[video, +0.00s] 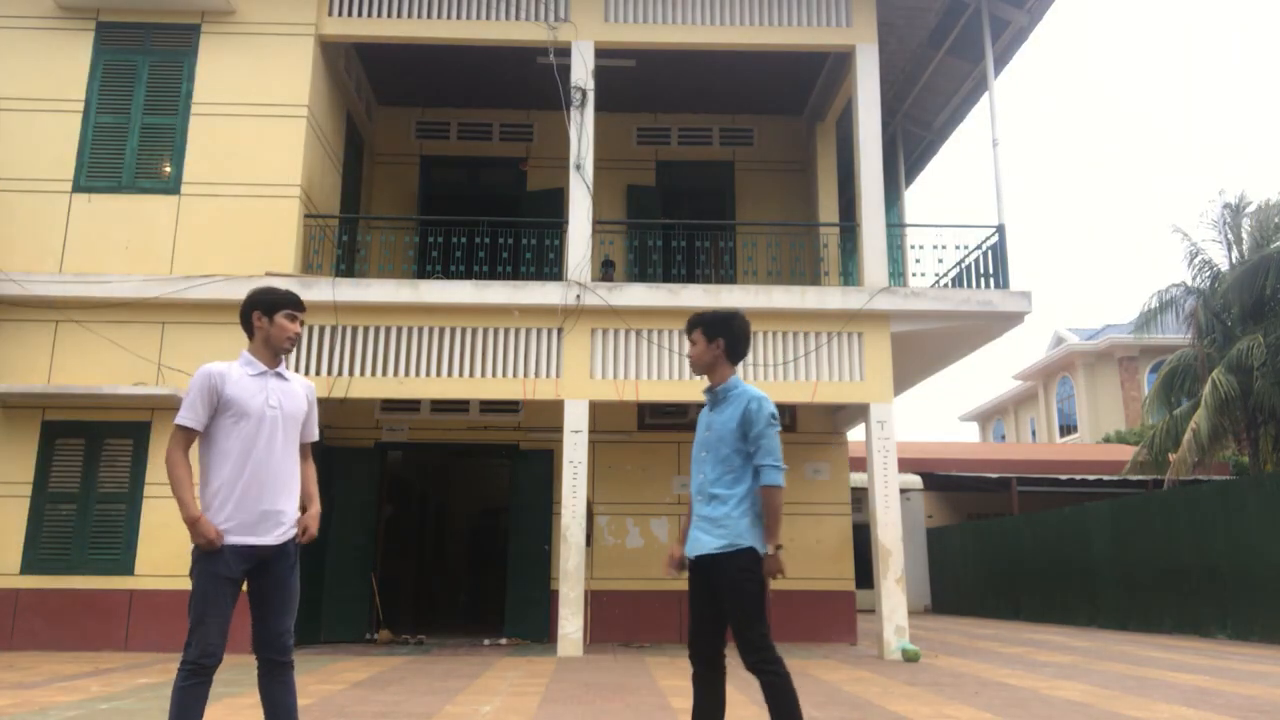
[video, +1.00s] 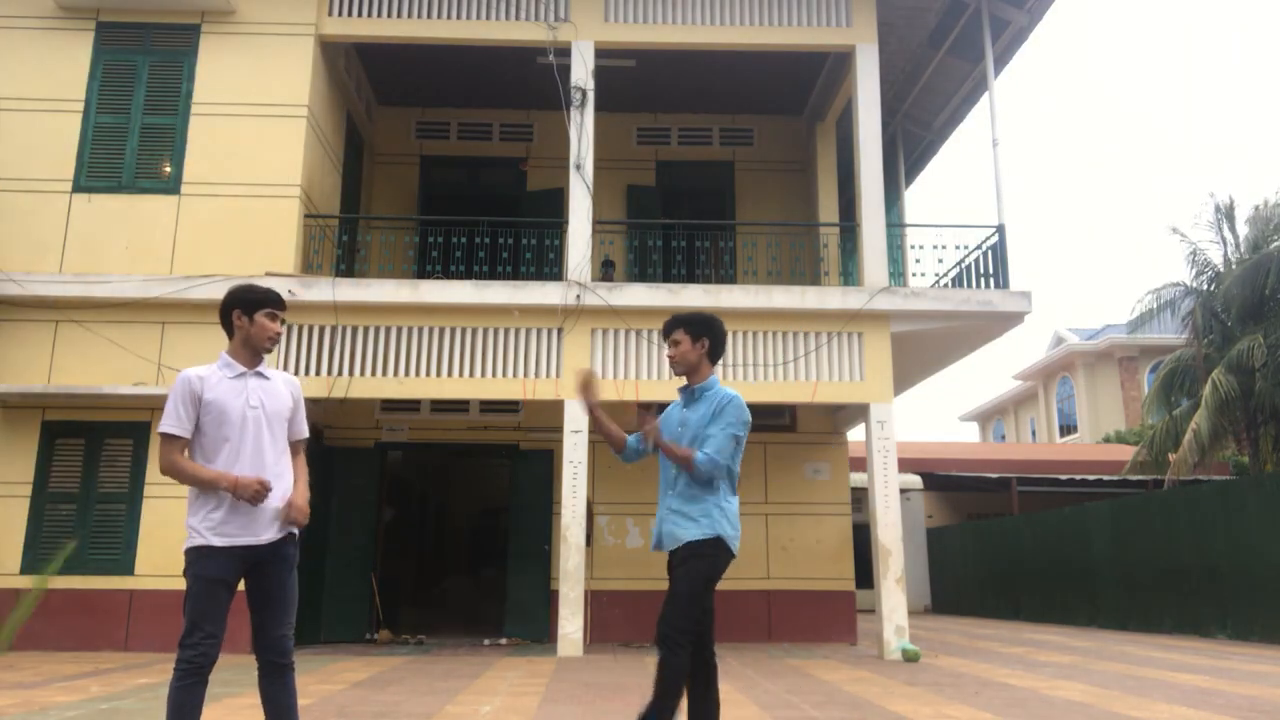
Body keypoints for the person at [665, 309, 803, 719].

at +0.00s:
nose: (687, 350)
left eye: (693, 342)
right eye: (688, 342)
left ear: (719, 346)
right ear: (714, 347)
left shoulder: (754, 403)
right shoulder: (708, 410)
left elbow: (772, 477)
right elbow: (703, 487)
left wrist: (772, 547)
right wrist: (684, 543)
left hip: (739, 553)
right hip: (702, 554)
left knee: (759, 655)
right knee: (704, 657)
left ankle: (790, 717)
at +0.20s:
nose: (673, 354)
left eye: (678, 346)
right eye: (673, 346)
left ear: (703, 349)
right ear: (697, 350)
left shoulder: (734, 403)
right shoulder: (698, 408)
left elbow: (742, 474)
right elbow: (691, 485)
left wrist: (737, 541)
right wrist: (666, 539)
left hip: (717, 545)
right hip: (692, 547)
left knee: (716, 646)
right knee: (701, 652)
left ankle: (768, 717)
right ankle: (706, 719)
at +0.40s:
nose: (665, 356)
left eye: (672, 348)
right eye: (666, 349)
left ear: (697, 351)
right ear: (692, 353)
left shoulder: (722, 402)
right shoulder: (696, 408)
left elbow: (726, 476)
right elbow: (686, 485)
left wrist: (716, 540)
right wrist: (665, 543)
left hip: (709, 543)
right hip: (693, 543)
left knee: (682, 640)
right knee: (703, 648)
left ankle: (730, 715)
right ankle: (706, 716)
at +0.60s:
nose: (666, 357)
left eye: (672, 349)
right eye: (665, 349)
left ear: (698, 351)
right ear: (688, 353)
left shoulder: (724, 402)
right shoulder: (685, 411)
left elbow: (682, 465)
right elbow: (677, 477)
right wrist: (662, 530)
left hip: (713, 538)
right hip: (688, 541)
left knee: (676, 643)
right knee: (700, 649)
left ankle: (674, 714)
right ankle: (704, 715)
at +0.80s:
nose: (666, 355)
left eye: (673, 346)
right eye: (665, 348)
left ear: (700, 348)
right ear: (687, 352)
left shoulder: (728, 400)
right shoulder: (677, 410)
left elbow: (678, 440)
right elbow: (637, 459)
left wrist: (634, 418)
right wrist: (626, 433)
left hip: (715, 532)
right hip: (688, 536)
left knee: (664, 631)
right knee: (700, 651)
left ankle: (630, 714)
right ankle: (705, 719)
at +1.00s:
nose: (668, 353)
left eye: (675, 344)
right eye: (667, 346)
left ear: (702, 345)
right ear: (691, 349)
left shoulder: (730, 404)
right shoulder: (673, 410)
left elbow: (712, 467)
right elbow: (629, 449)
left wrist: (660, 441)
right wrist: (594, 408)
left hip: (709, 536)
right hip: (680, 539)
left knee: (674, 632)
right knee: (698, 645)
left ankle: (658, 714)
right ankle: (704, 717)